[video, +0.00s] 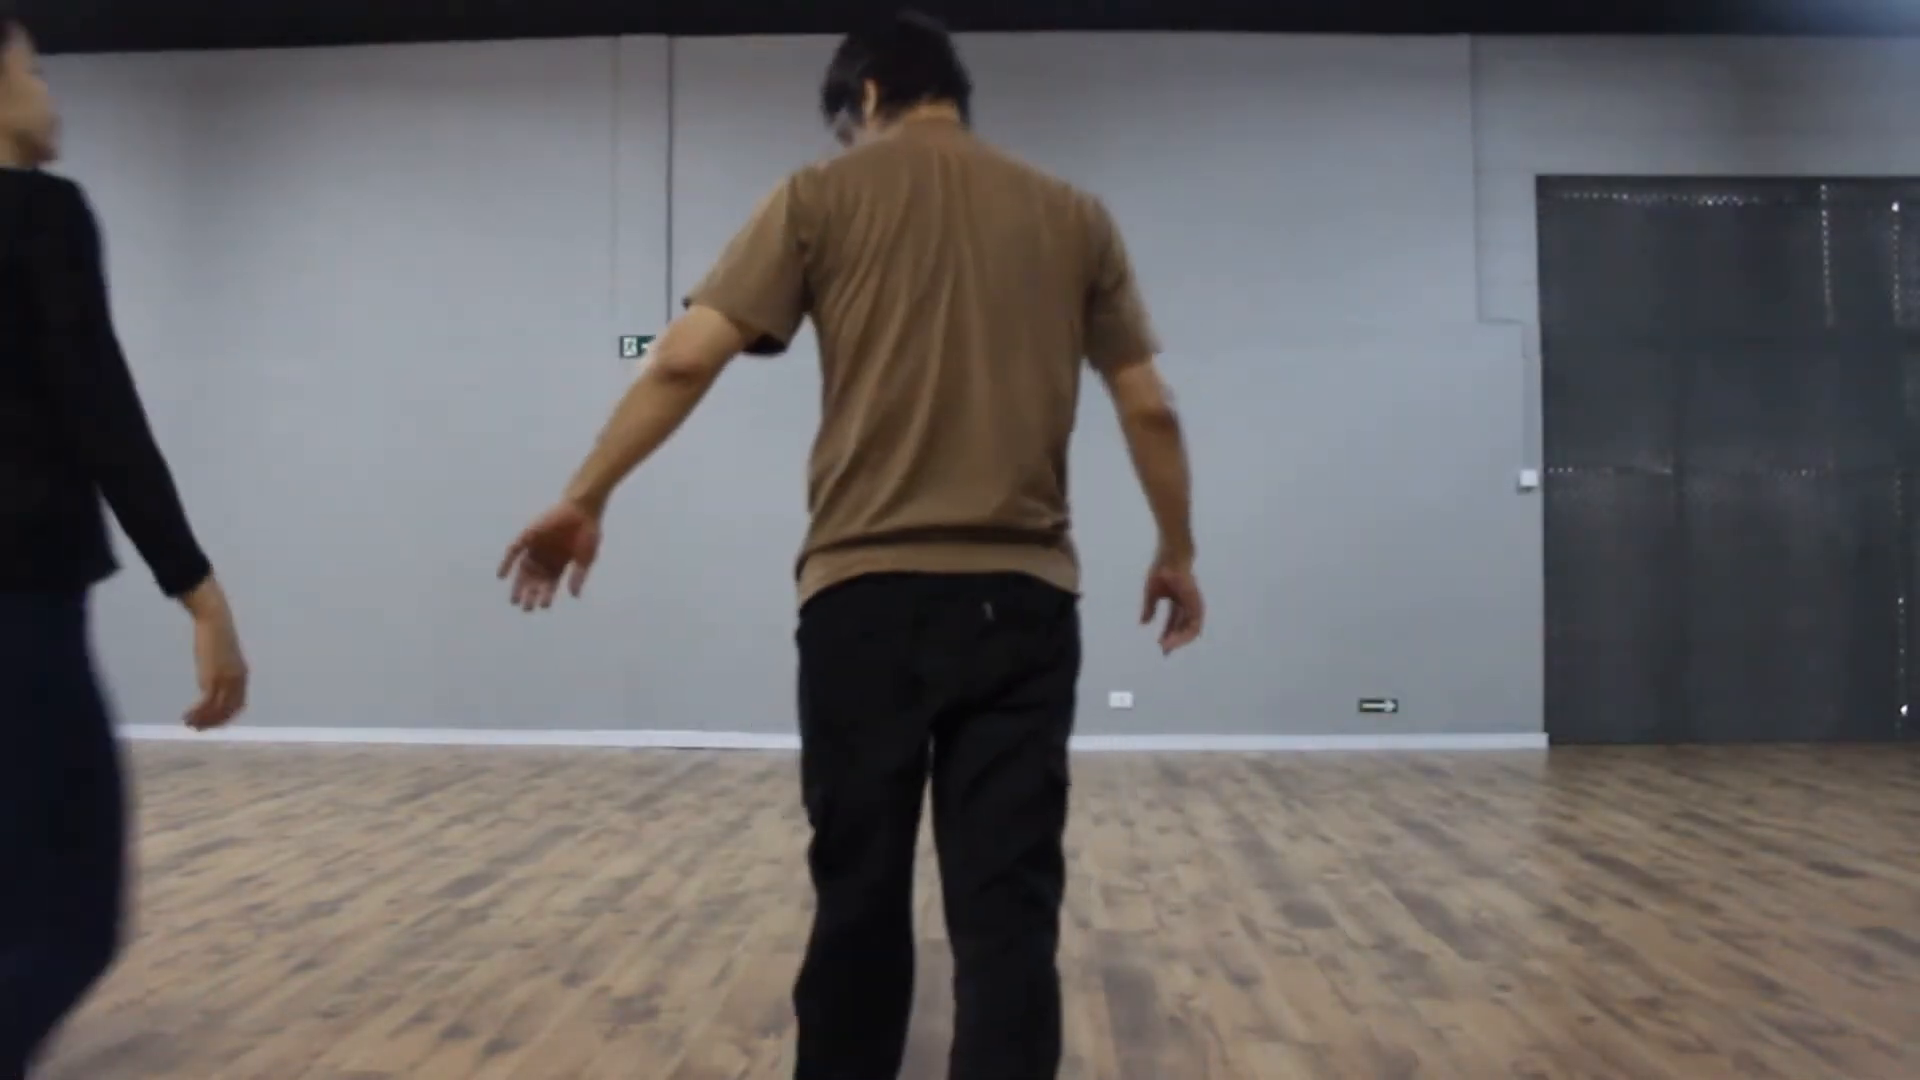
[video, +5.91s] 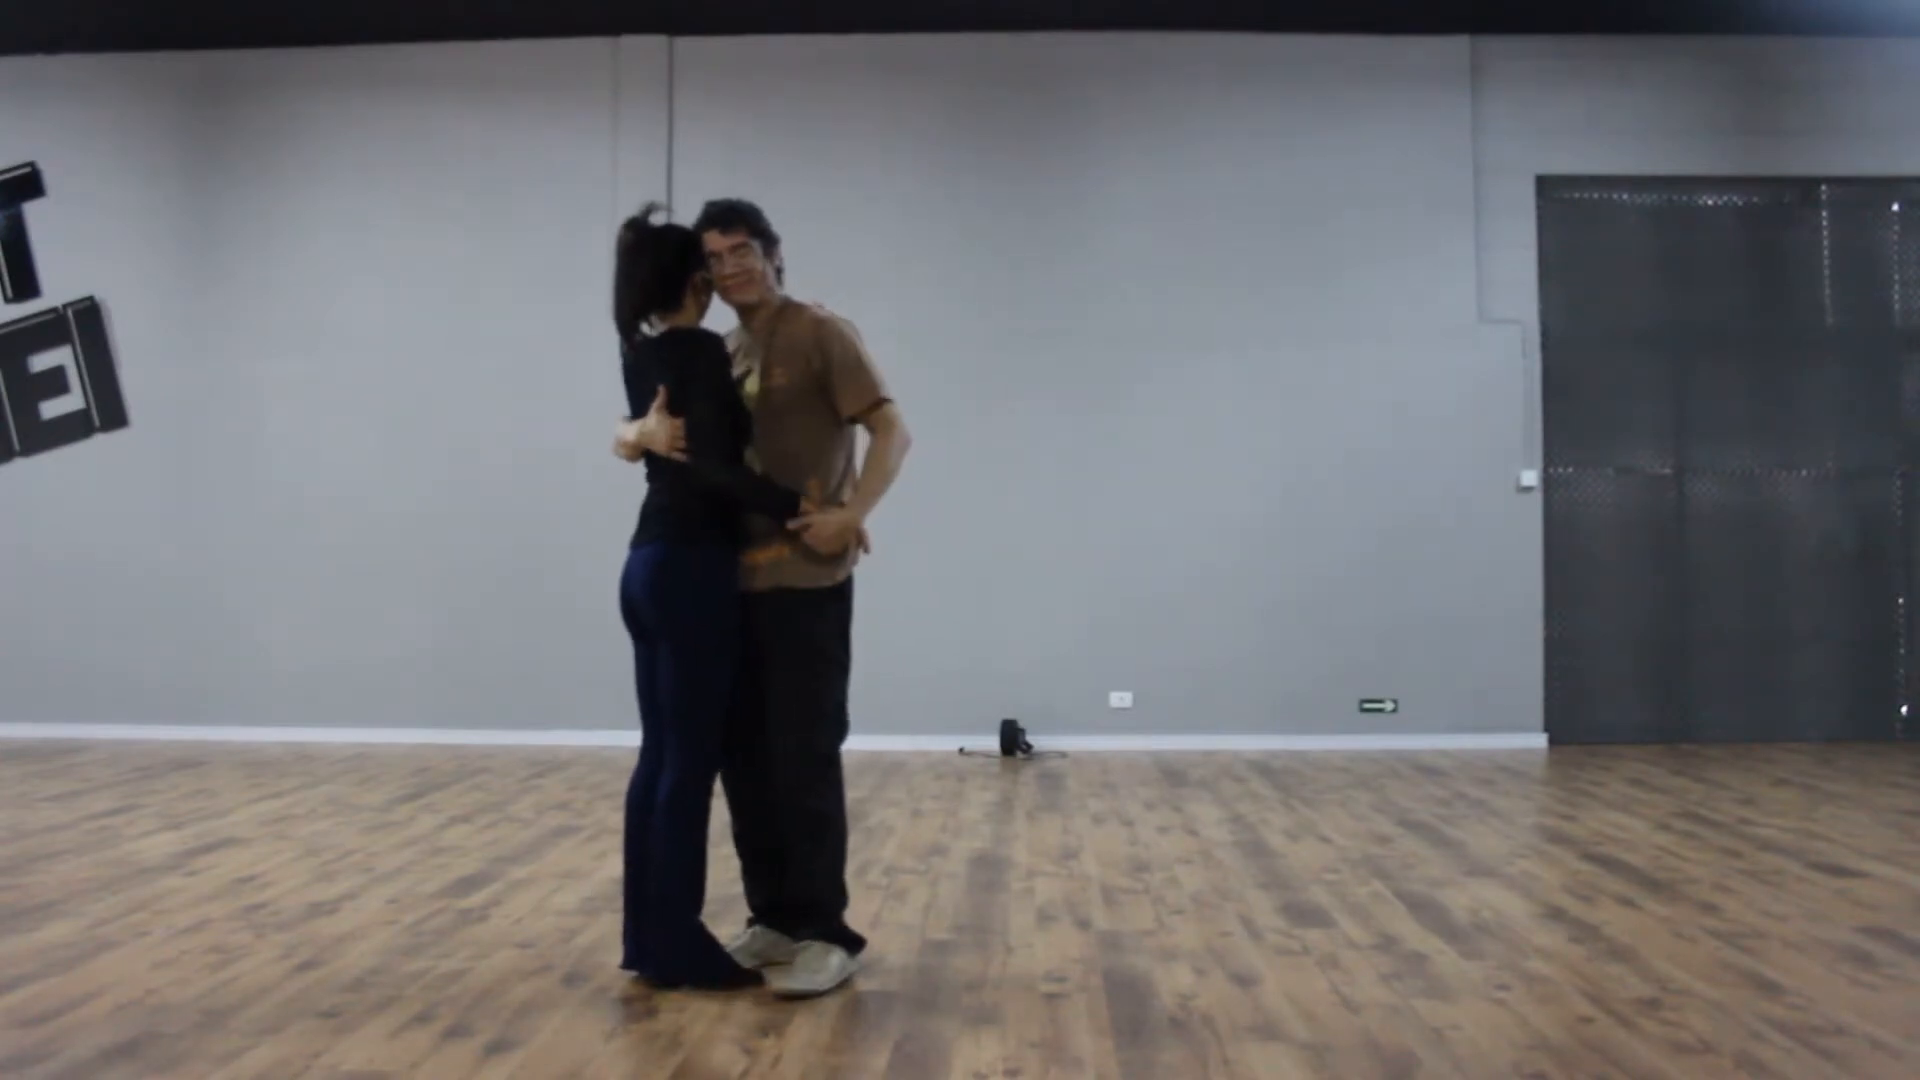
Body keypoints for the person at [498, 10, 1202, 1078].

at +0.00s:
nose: (846, 134)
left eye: (843, 117)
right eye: (842, 121)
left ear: (867, 97)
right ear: (964, 100)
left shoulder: (822, 195)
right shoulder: (1070, 212)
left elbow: (685, 361)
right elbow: (1148, 406)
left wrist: (583, 497)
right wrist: (1175, 549)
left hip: (862, 603)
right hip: (1021, 605)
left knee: (859, 891)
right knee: (1008, 902)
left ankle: (844, 1070)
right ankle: (1005, 1074)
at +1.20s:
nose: (857, 256)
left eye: (857, 241)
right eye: (851, 243)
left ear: (886, 224)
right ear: (939, 224)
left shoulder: (874, 291)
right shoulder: (1018, 315)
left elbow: (821, 404)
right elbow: (1055, 455)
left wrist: (746, 478)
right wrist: (1064, 567)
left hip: (875, 581)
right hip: (979, 587)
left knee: (848, 770)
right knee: (968, 783)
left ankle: (865, 976)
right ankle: (966, 993)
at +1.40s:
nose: (829, 275)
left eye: (830, 257)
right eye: (822, 260)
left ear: (867, 239)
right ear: (900, 238)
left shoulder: (860, 312)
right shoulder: (989, 328)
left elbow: (850, 421)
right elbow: (1007, 460)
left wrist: (771, 483)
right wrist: (1003, 567)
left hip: (877, 591)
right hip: (970, 588)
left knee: (856, 773)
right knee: (958, 786)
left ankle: (859, 954)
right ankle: (964, 989)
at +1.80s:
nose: (764, 283)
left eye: (769, 266)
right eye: (757, 268)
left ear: (811, 253)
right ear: (826, 254)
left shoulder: (832, 322)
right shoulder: (891, 316)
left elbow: (863, 441)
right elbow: (897, 444)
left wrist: (803, 542)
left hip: (845, 579)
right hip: (893, 575)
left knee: (831, 762)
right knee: (867, 746)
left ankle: (860, 957)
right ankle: (940, 913)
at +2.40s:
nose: (733, 289)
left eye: (745, 275)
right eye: (727, 276)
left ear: (789, 263)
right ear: (731, 268)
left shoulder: (828, 331)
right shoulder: (759, 339)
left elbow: (880, 443)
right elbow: (729, 418)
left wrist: (827, 547)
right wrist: (679, 471)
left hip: (815, 578)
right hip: (765, 573)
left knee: (822, 756)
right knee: (754, 749)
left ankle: (864, 947)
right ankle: (775, 921)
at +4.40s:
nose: (756, 263)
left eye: (768, 246)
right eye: (740, 253)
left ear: (799, 249)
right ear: (729, 266)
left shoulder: (849, 325)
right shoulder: (736, 347)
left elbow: (955, 384)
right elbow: (646, 450)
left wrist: (921, 482)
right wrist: (668, 429)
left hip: (842, 587)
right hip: (760, 588)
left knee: (835, 769)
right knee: (755, 763)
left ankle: (822, 942)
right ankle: (774, 921)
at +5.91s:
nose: (732, 268)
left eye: (743, 252)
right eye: (717, 260)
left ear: (774, 255)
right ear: (706, 275)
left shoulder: (821, 335)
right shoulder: (715, 352)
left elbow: (890, 433)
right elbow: (626, 438)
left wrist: (851, 515)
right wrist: (640, 436)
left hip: (806, 580)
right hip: (737, 581)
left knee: (804, 757)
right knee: (745, 759)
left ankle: (827, 936)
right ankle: (774, 922)